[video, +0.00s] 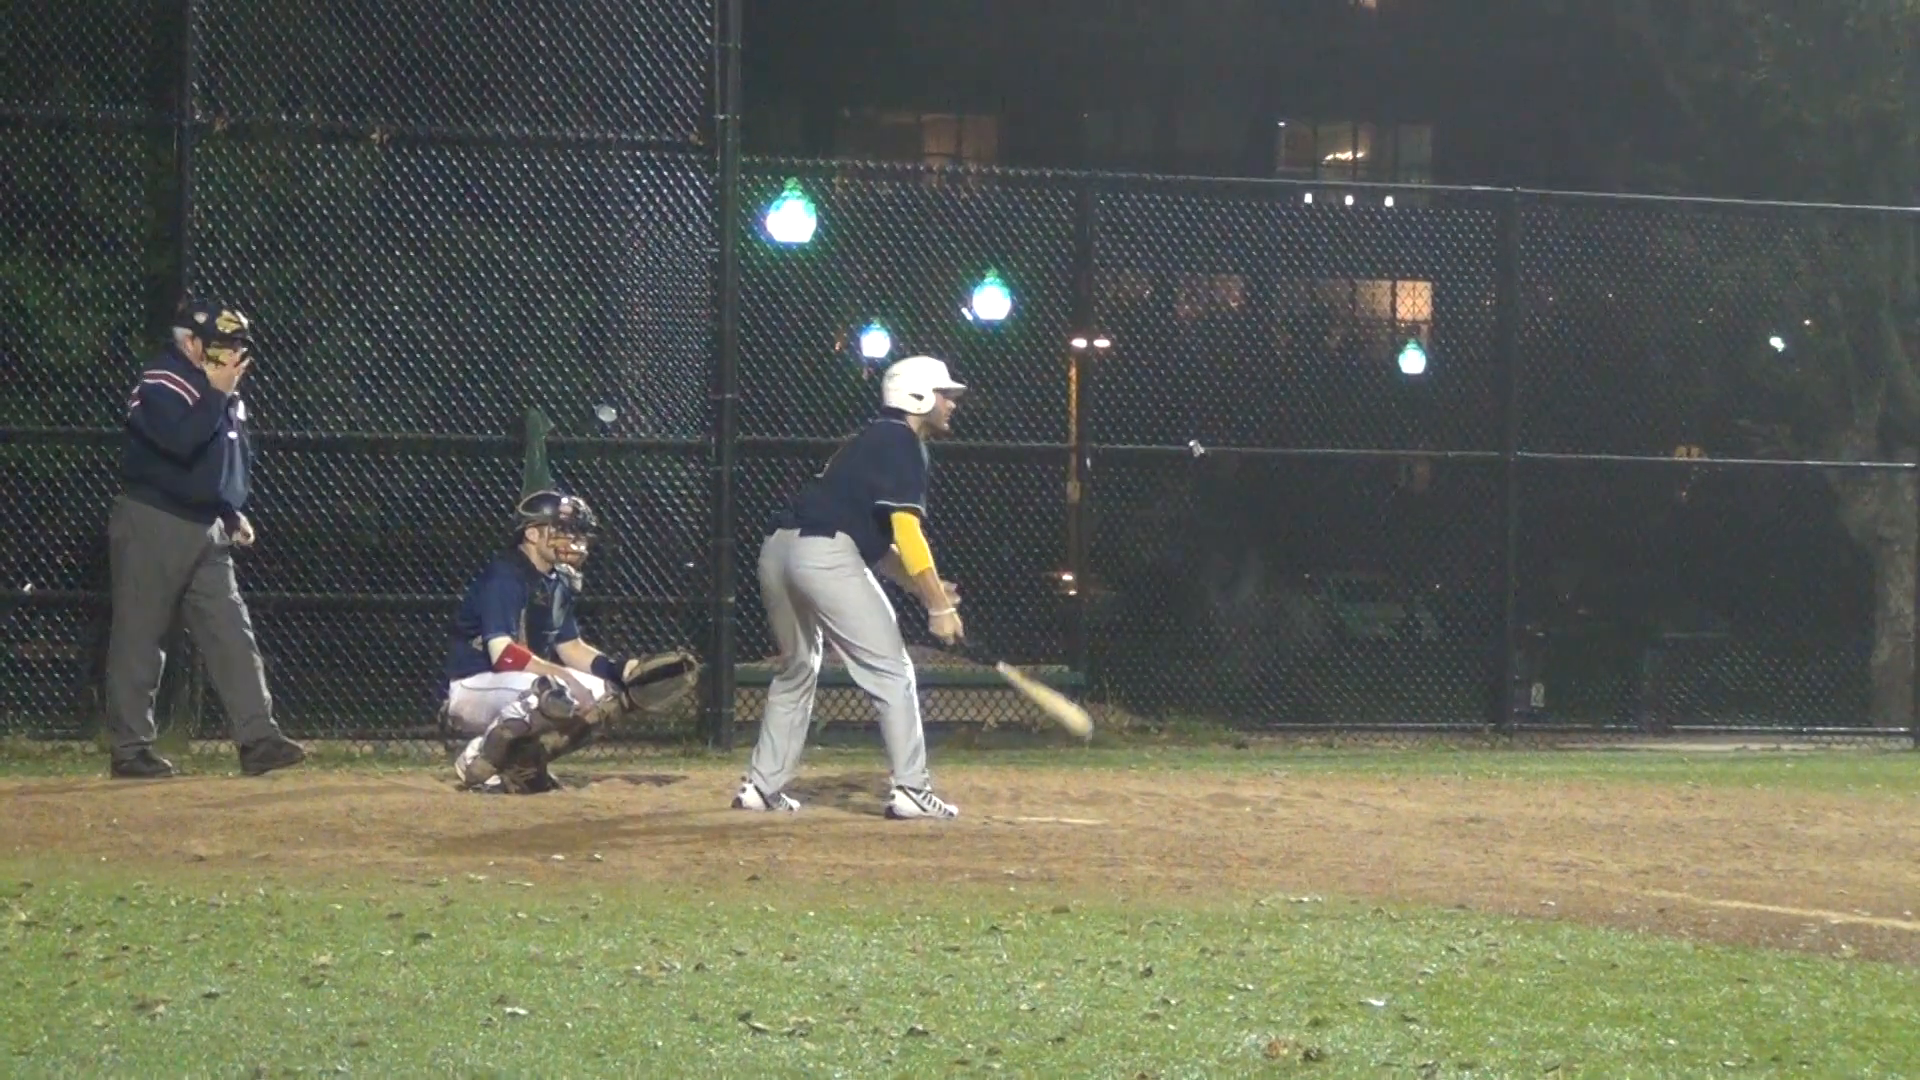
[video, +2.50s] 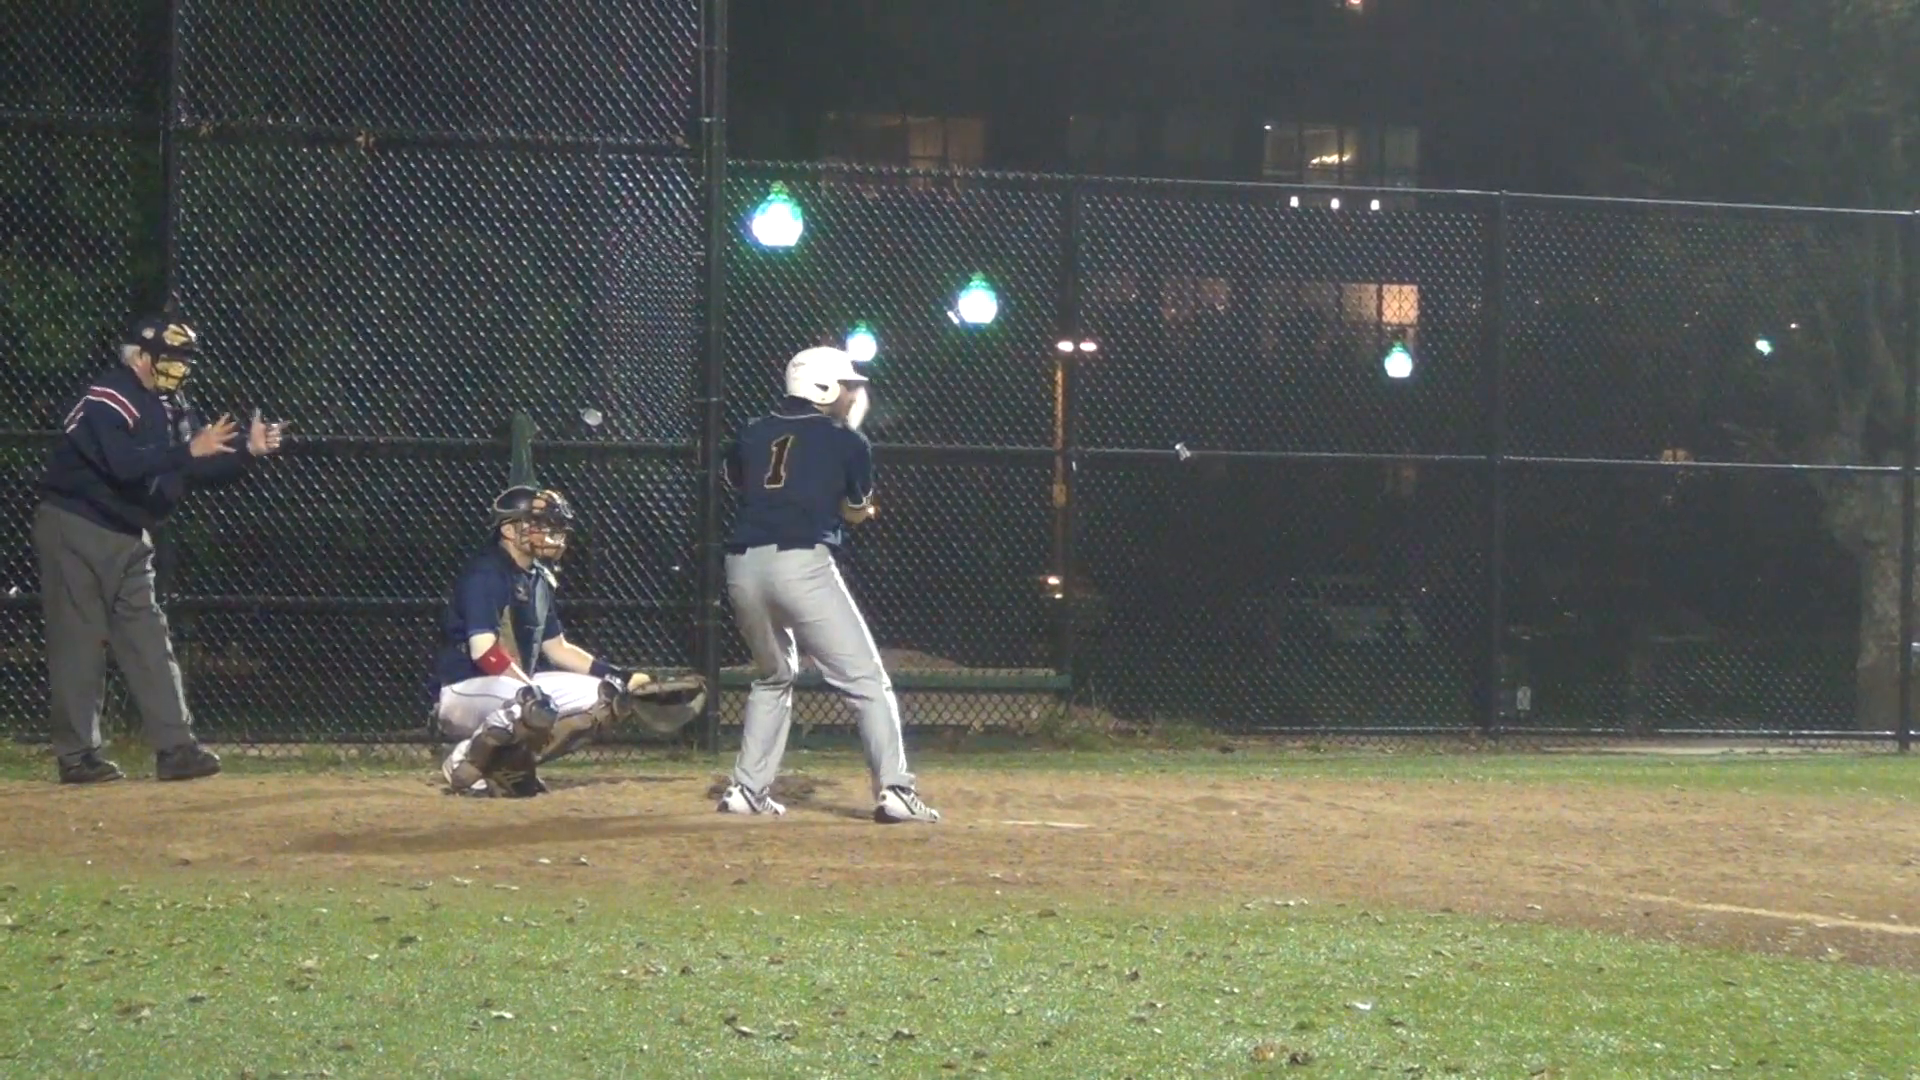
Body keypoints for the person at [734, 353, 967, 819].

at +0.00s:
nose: (953, 404)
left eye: (952, 395)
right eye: (944, 395)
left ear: (906, 400)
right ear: (918, 398)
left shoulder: (870, 438)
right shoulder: (903, 442)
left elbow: (876, 545)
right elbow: (907, 531)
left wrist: (927, 586)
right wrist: (940, 607)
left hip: (776, 547)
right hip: (828, 551)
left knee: (796, 670)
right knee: (892, 671)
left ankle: (761, 785)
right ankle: (911, 790)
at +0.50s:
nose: (876, 388)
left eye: (875, 378)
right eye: (869, 379)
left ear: (818, 382)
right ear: (847, 381)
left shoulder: (775, 422)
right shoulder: (868, 431)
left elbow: (755, 486)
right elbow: (863, 515)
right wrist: (868, 514)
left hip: (752, 545)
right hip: (812, 543)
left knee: (774, 667)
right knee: (870, 663)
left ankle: (758, 785)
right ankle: (912, 777)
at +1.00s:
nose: (896, 396)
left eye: (895, 386)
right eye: (889, 386)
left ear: (842, 390)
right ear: (865, 388)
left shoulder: (801, 432)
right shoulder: (881, 433)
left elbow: (790, 495)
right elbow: (897, 525)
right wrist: (859, 503)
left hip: (759, 548)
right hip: (816, 549)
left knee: (782, 670)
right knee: (876, 675)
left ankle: (753, 785)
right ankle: (903, 789)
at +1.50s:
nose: (928, 411)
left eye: (929, 402)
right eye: (921, 401)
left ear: (885, 404)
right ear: (892, 400)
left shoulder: (851, 444)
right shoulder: (884, 443)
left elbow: (890, 551)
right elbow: (900, 524)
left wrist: (951, 590)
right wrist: (949, 589)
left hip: (773, 564)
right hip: (817, 565)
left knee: (801, 679)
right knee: (891, 676)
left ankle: (747, 790)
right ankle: (897, 792)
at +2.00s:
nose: (897, 409)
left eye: (897, 400)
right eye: (889, 400)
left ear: (852, 407)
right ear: (861, 403)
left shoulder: (819, 447)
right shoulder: (863, 452)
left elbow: (840, 552)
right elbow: (864, 539)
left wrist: (895, 609)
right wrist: (895, 611)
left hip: (750, 570)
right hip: (802, 568)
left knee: (785, 677)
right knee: (879, 680)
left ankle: (745, 790)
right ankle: (897, 793)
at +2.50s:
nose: (854, 397)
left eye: (853, 388)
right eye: (849, 389)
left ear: (796, 388)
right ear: (828, 390)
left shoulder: (752, 431)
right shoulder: (847, 440)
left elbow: (736, 484)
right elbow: (857, 509)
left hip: (741, 566)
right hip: (803, 563)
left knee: (771, 677)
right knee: (867, 682)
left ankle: (747, 790)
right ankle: (895, 791)